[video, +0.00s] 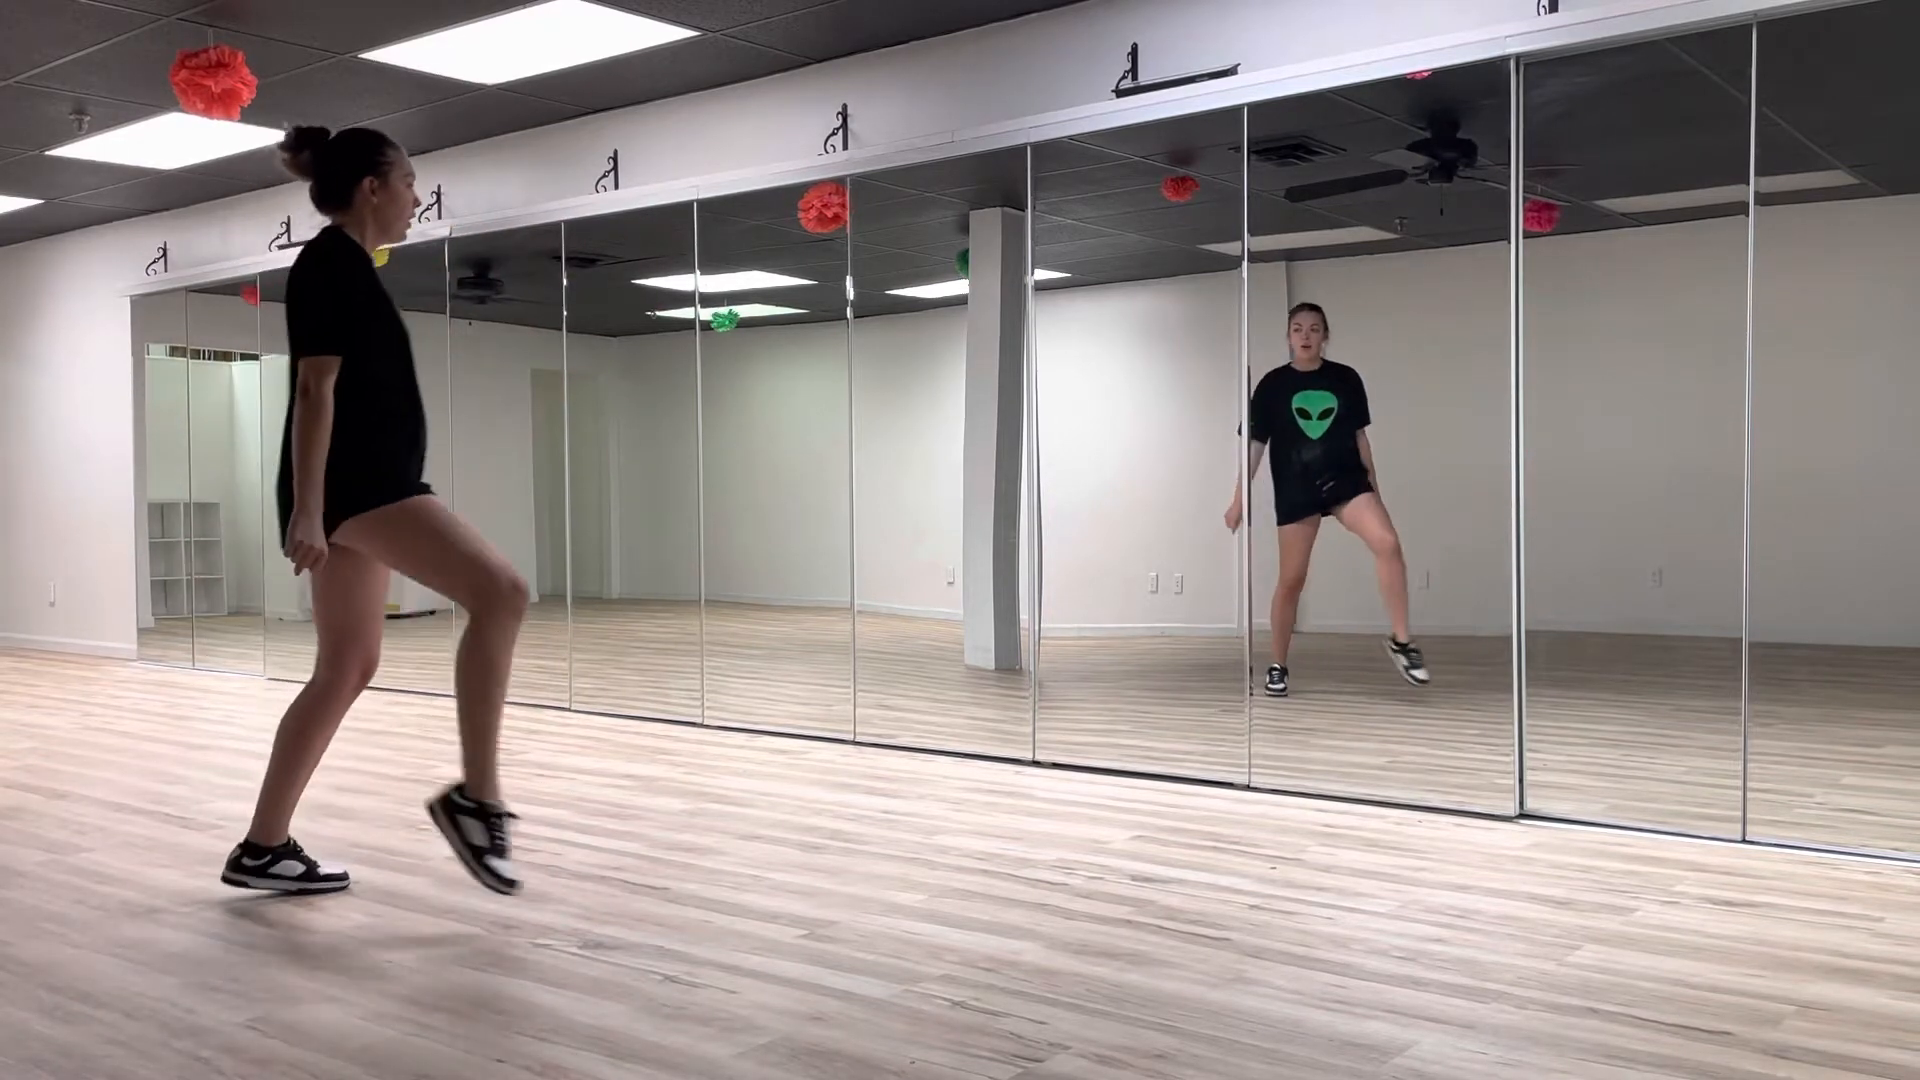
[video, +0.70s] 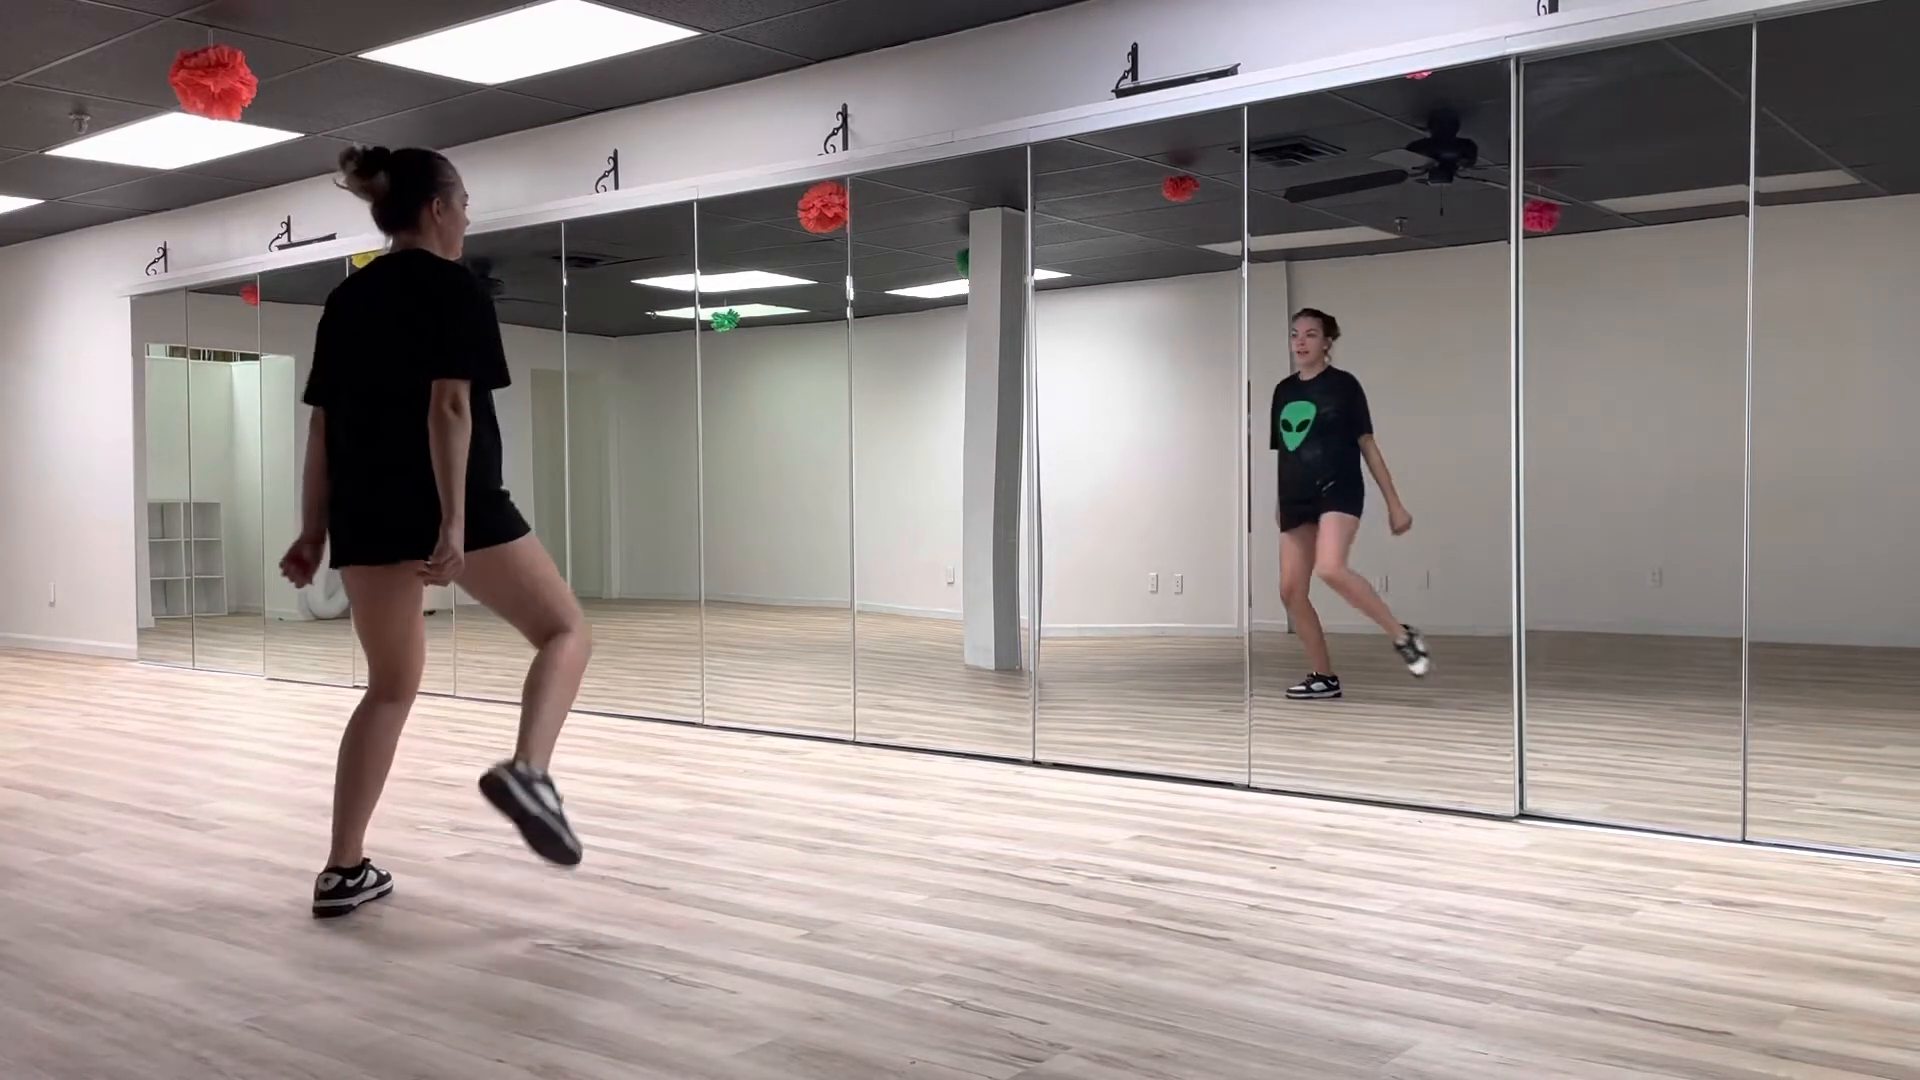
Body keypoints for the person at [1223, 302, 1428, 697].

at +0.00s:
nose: (1306, 335)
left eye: (1314, 329)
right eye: (1298, 329)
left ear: (1325, 336)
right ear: (1287, 336)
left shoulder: (1346, 378)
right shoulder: (1272, 384)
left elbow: (1360, 437)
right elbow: (1255, 446)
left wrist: (1372, 488)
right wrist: (1238, 498)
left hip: (1345, 482)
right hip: (1296, 489)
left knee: (1388, 544)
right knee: (1290, 582)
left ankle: (1402, 641)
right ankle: (1278, 665)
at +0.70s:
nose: (1300, 341)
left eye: (1310, 335)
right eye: (1295, 334)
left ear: (1327, 342)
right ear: (1290, 341)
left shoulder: (1345, 385)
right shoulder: (1284, 390)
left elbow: (1368, 446)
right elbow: (1284, 453)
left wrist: (1394, 504)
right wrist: (1283, 504)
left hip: (1339, 491)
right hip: (1296, 496)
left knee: (1331, 569)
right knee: (1291, 591)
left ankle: (1401, 635)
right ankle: (1323, 677)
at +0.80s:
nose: (1288, 338)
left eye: (1298, 331)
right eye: (1283, 331)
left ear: (1316, 337)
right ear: (1279, 337)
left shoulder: (1332, 381)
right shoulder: (1274, 387)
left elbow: (1354, 444)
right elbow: (1274, 452)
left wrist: (1377, 504)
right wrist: (1274, 502)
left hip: (1328, 484)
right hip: (1287, 491)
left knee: (1296, 557)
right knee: (1288, 588)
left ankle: (1356, 633)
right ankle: (1322, 675)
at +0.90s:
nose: (1278, 332)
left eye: (1288, 325)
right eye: (1274, 325)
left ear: (1306, 331)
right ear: (1269, 331)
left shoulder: (1319, 375)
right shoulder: (1266, 380)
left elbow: (1341, 440)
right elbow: (1263, 438)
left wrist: (1361, 500)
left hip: (1315, 482)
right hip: (1280, 486)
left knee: (1273, 555)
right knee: (1291, 580)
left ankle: (1304, 659)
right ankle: (1321, 670)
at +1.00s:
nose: (1267, 335)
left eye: (1276, 328)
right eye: (1264, 328)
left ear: (1296, 334)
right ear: (1260, 333)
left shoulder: (1309, 378)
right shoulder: (1261, 381)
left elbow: (1329, 445)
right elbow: (1259, 440)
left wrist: (1347, 504)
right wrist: (1256, 492)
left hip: (1297, 490)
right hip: (1268, 491)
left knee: (1264, 570)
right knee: (1274, 587)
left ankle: (1258, 677)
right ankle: (1323, 669)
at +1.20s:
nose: (1250, 355)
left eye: (1257, 348)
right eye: (1249, 348)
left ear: (1280, 354)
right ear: (1265, 355)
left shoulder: (1284, 397)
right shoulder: (1272, 396)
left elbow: (1295, 461)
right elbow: (1273, 459)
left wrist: (1305, 523)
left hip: (1257, 510)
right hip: (1271, 510)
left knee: (1231, 594)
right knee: (1260, 600)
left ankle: (1257, 692)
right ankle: (1311, 680)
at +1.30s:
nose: (1247, 343)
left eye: (1254, 336)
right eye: (1248, 336)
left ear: (1277, 341)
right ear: (1271, 343)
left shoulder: (1276, 383)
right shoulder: (1287, 382)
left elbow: (1281, 444)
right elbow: (1303, 450)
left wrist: (1270, 501)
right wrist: (1307, 507)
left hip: (1253, 500)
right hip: (1284, 501)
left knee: (1235, 585)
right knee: (1269, 594)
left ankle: (1249, 684)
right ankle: (1310, 680)